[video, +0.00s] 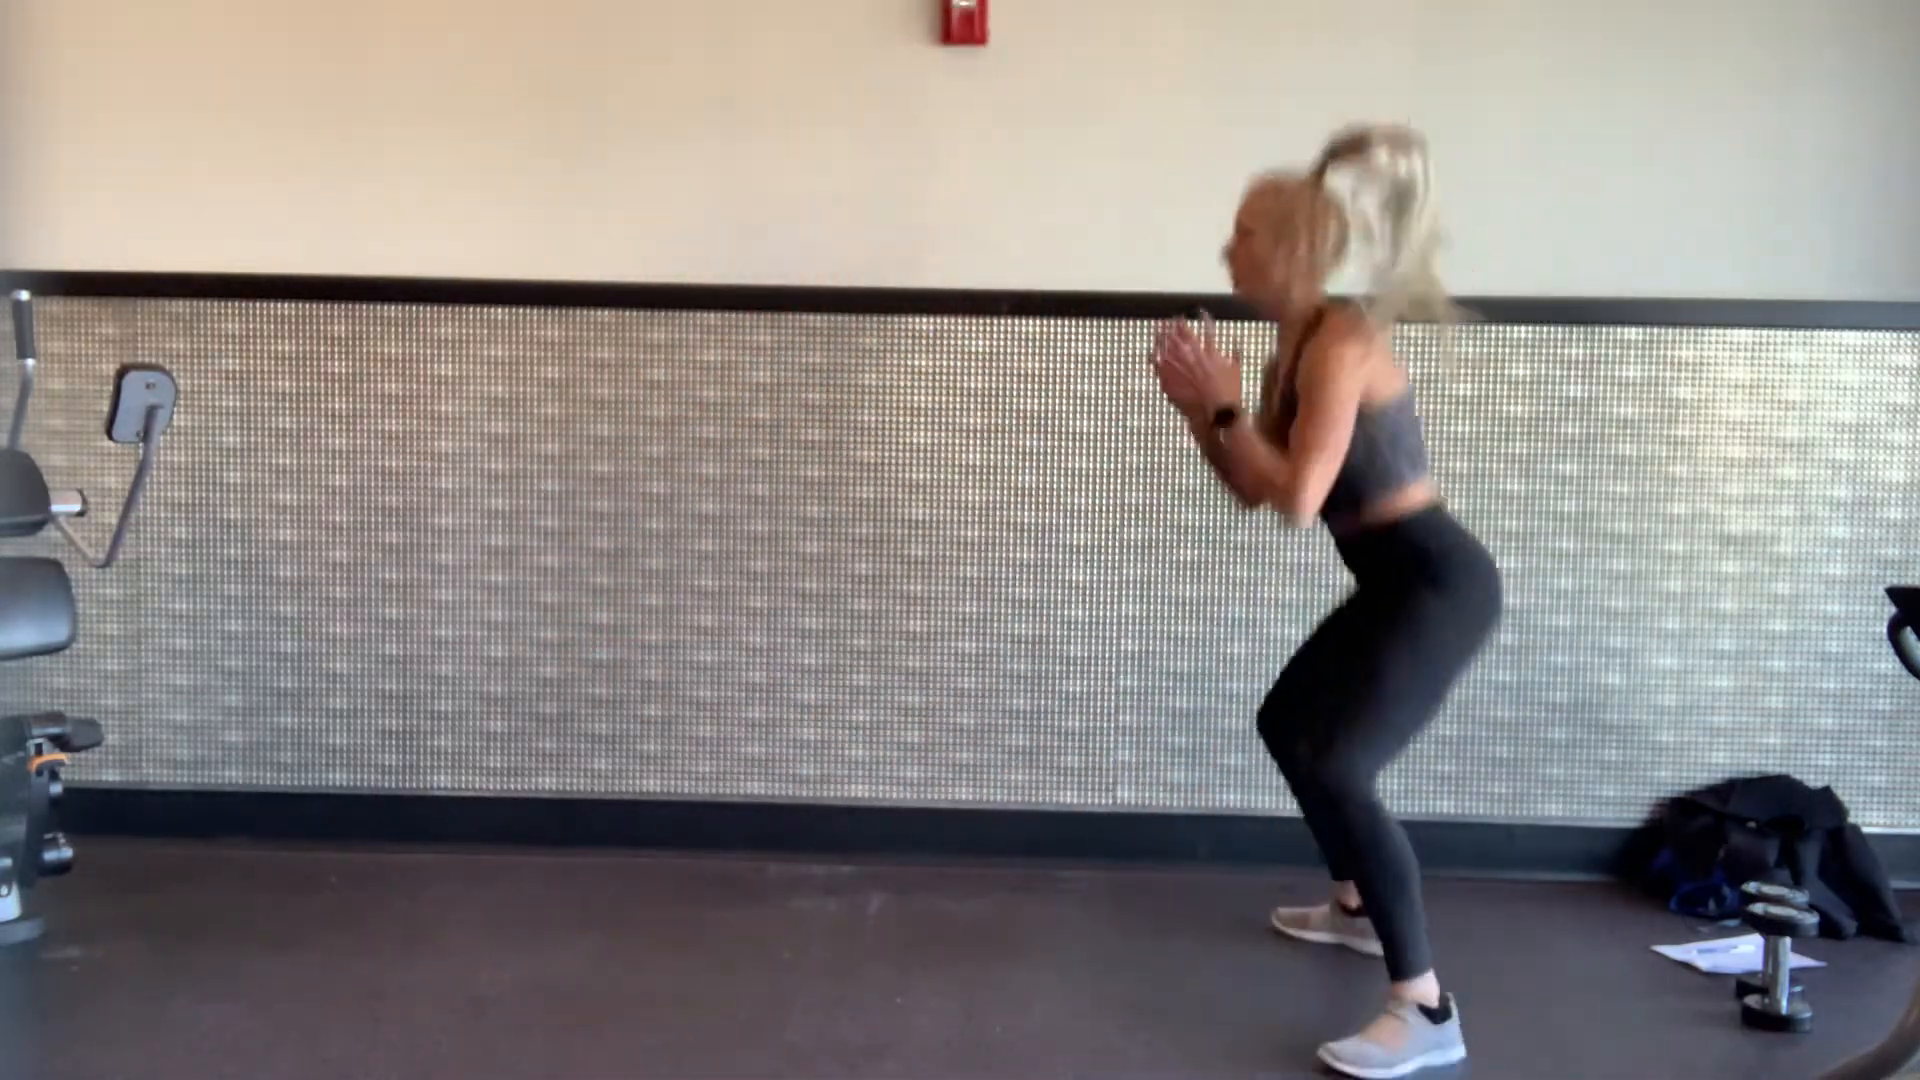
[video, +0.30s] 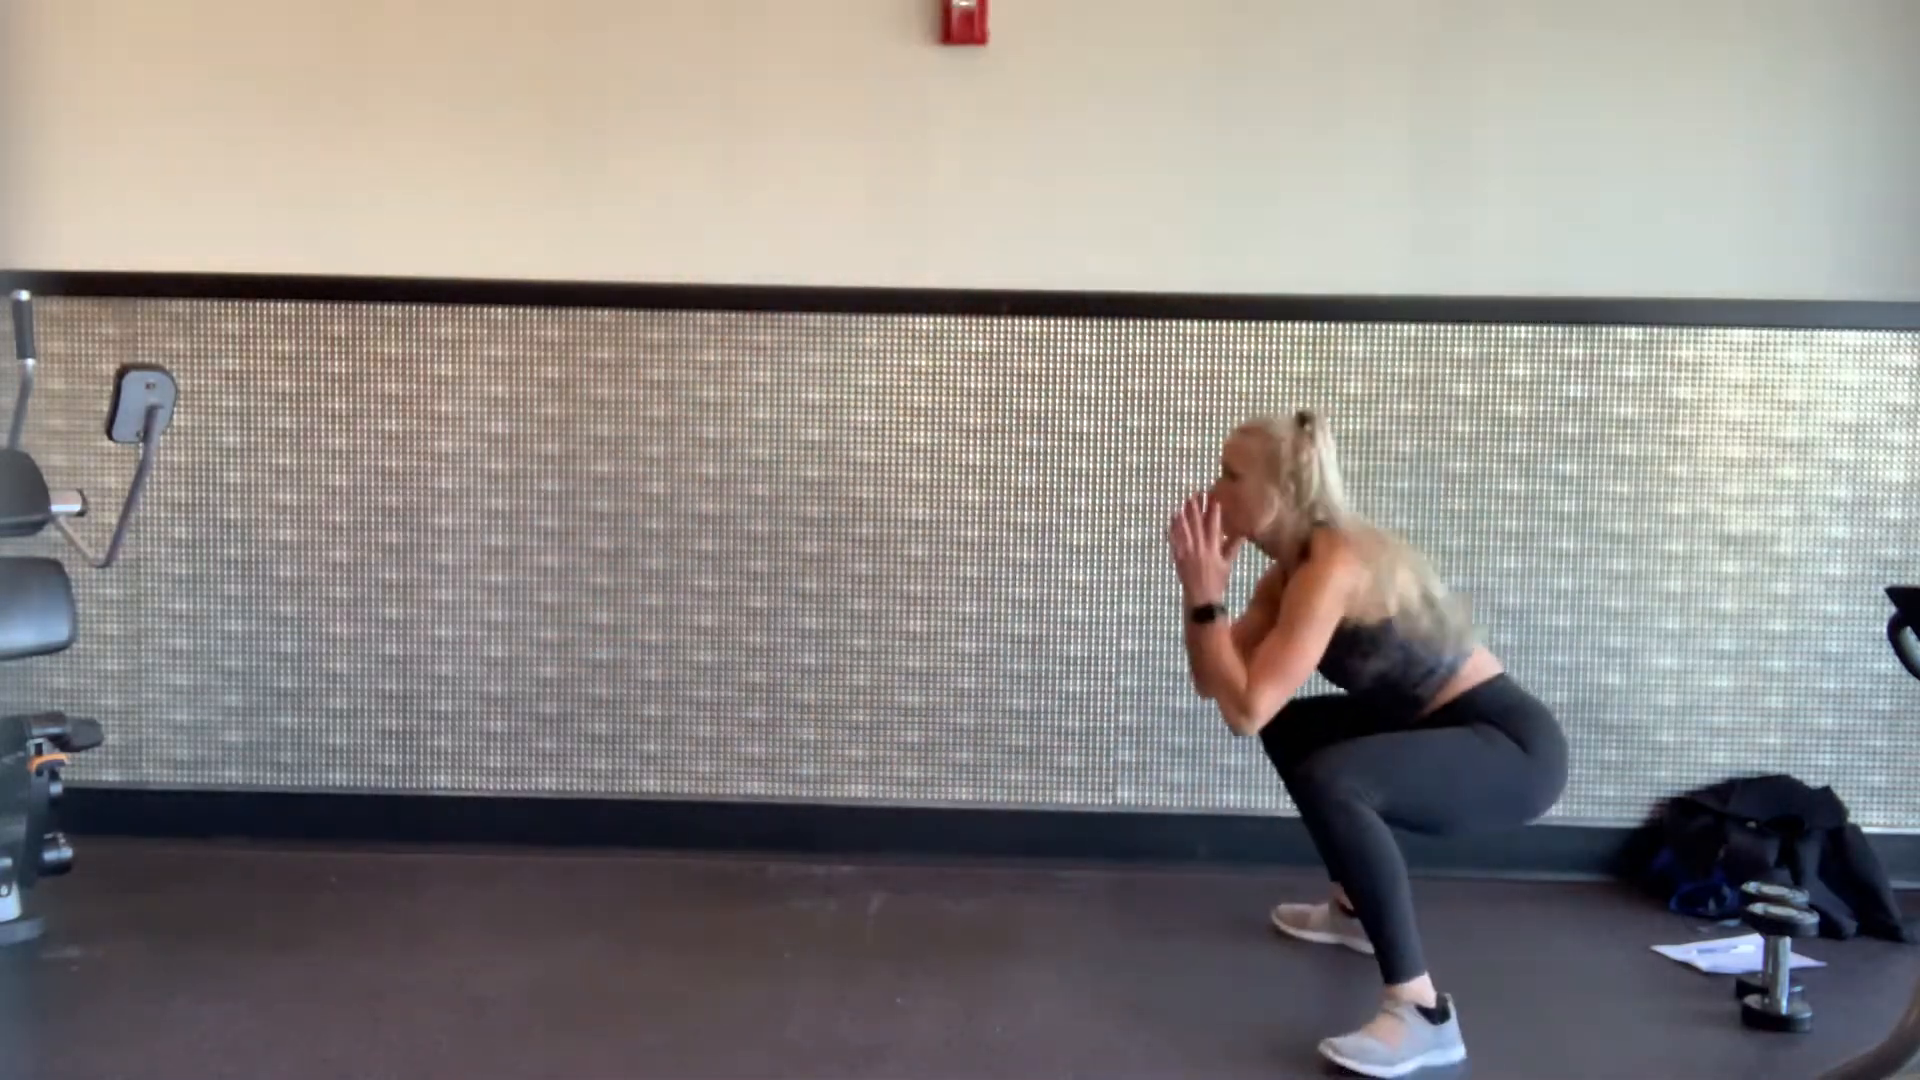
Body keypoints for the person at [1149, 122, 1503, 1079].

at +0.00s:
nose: (1230, 243)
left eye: (1248, 233)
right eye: (1238, 228)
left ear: (1297, 253)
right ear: (1295, 253)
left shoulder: (1340, 340)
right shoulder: (1304, 340)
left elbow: (1296, 493)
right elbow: (1261, 482)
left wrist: (1219, 414)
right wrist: (1208, 411)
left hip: (1439, 585)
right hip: (1396, 582)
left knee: (1339, 766)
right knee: (1288, 722)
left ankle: (1424, 1002)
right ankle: (1362, 904)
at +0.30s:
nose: (1215, 488)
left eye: (1229, 475)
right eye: (1220, 472)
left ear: (1274, 497)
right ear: (1274, 497)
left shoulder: (1331, 563)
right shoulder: (1293, 569)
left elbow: (1250, 710)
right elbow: (1214, 679)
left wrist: (1202, 596)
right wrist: (1200, 588)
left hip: (1512, 750)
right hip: (1455, 731)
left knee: (1335, 781)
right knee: (1289, 734)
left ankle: (1422, 1010)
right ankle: (1357, 909)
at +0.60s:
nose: (1216, 418)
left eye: (1230, 405)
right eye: (1219, 403)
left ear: (1282, 420)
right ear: (1284, 423)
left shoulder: (1326, 503)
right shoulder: (1289, 500)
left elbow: (1223, 630)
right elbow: (1195, 602)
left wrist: (1184, 521)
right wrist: (1175, 513)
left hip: (1501, 692)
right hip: (1440, 675)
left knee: (1332, 776)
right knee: (1288, 724)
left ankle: (1422, 1008)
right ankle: (1359, 908)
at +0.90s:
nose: (1168, 408)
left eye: (1181, 394)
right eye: (1171, 392)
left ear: (1230, 407)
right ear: (1232, 409)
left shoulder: (1277, 488)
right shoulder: (1242, 485)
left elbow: (1148, 593)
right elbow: (1142, 566)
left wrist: (1063, 509)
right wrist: (1062, 508)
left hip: (1469, 669)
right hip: (1412, 658)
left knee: (1321, 782)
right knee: (1274, 727)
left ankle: (1419, 1007)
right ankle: (1357, 906)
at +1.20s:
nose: (1058, 323)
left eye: (1072, 307)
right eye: (1061, 306)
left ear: (1118, 319)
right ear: (1121, 320)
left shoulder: (1172, 403)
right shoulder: (1147, 401)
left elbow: (1283, 500)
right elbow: (1245, 502)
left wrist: (1317, 640)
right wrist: (1249, 605)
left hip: (1321, 607)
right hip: (1282, 603)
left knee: (1248, 817)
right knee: (1213, 756)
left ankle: (1411, 1005)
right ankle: (1347, 902)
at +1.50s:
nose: (876, 155)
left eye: (888, 139)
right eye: (877, 139)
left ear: (936, 145)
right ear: (937, 143)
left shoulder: (985, 226)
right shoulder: (962, 227)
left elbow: (1046, 362)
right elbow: (1033, 361)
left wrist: (972, 467)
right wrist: (986, 455)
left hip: (1077, 471)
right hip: (1055, 471)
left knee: (994, 679)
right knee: (992, 670)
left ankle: (1026, 918)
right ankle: (1011, 845)